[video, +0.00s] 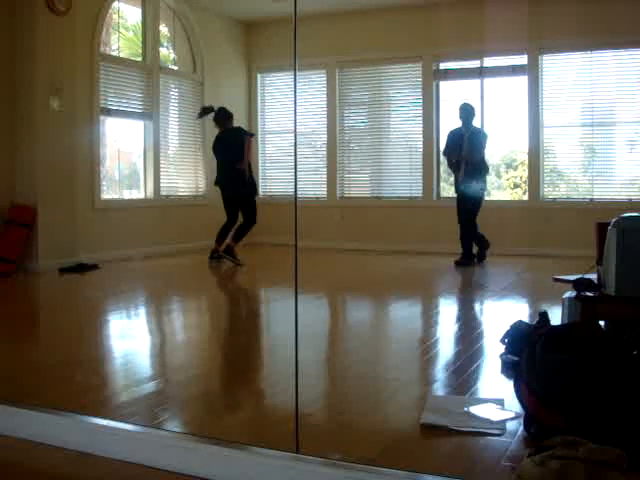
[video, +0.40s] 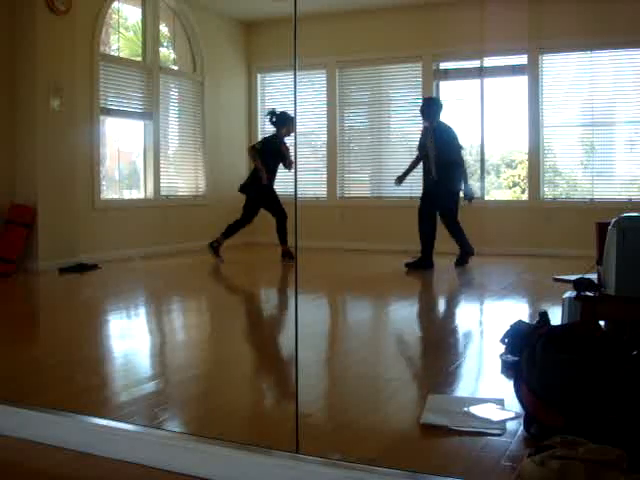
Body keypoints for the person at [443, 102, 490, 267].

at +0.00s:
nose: (464, 116)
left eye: (467, 112)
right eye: (462, 112)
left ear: (472, 114)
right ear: (459, 114)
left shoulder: (479, 134)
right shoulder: (453, 134)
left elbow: (478, 155)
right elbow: (448, 154)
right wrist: (454, 166)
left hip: (477, 179)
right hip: (461, 179)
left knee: (468, 219)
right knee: (464, 220)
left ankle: (482, 243)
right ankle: (466, 254)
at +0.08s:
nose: (455, 110)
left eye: (458, 107)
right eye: (453, 107)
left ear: (464, 108)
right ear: (451, 109)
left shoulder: (471, 129)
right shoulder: (448, 131)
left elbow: (477, 157)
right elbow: (446, 157)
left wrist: (479, 181)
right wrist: (444, 178)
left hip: (469, 181)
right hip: (452, 182)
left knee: (465, 219)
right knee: (446, 212)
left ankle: (465, 256)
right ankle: (465, 240)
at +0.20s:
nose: (444, 105)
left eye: (447, 102)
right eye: (442, 102)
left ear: (453, 102)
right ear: (441, 103)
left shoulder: (462, 123)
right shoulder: (440, 124)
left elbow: (467, 152)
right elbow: (434, 152)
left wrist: (470, 177)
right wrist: (424, 175)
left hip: (462, 177)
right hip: (444, 178)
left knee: (465, 217)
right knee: (436, 210)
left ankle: (468, 255)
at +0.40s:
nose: (422, 113)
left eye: (426, 109)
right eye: (422, 109)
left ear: (435, 111)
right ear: (423, 111)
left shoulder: (445, 131)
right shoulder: (426, 132)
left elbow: (458, 159)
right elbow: (420, 157)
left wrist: (466, 185)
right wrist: (404, 175)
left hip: (448, 185)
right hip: (431, 185)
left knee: (449, 218)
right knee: (426, 219)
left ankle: (466, 249)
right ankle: (426, 258)